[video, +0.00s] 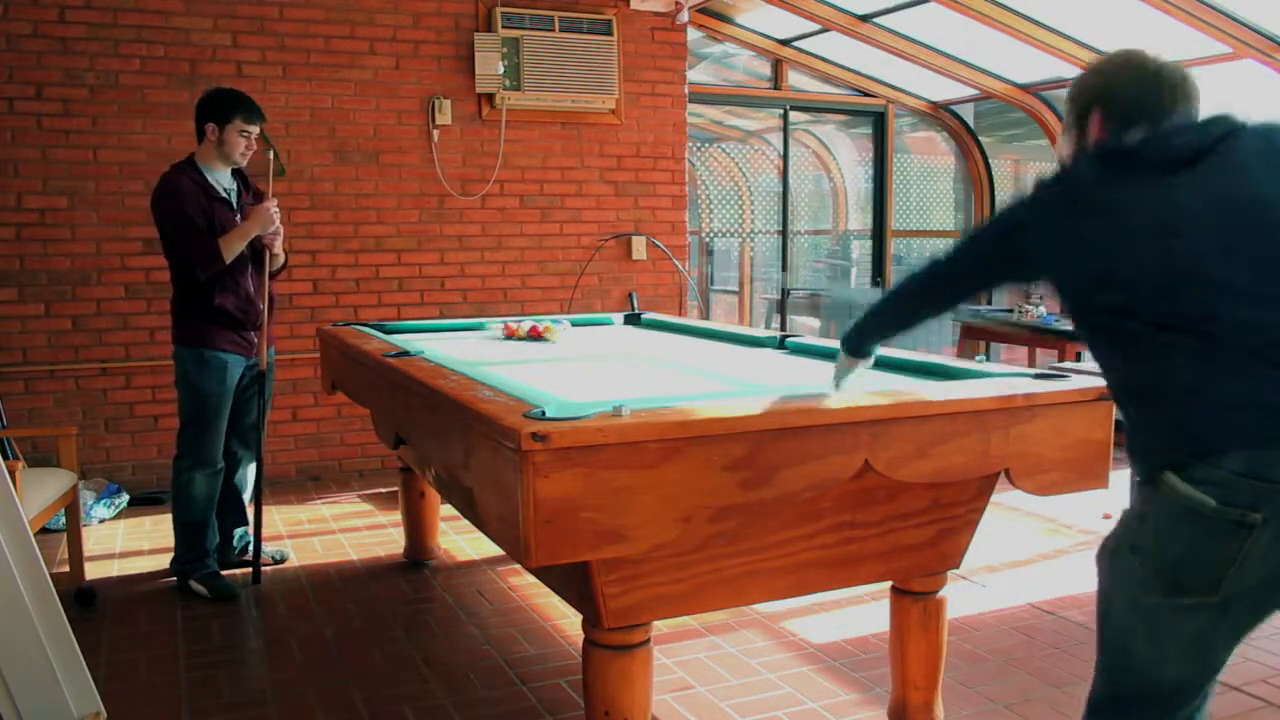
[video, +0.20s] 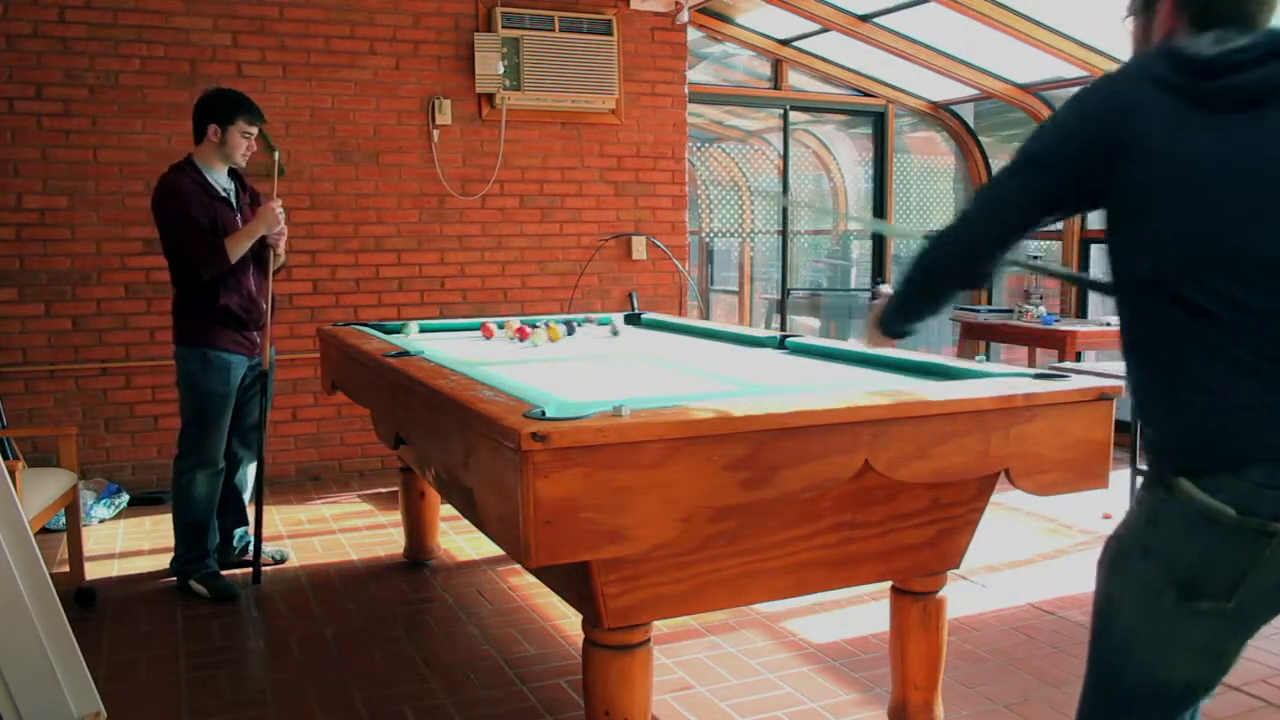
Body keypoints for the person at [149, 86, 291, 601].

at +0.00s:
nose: (252, 143)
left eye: (255, 135)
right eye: (244, 133)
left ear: (252, 139)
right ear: (211, 131)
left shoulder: (244, 189)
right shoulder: (176, 187)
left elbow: (268, 268)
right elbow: (198, 263)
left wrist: (274, 248)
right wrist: (251, 226)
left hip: (251, 340)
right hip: (207, 342)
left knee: (241, 452)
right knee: (203, 456)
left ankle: (230, 544)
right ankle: (192, 564)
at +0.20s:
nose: (252, 145)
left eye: (255, 136)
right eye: (245, 134)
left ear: (230, 138)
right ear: (213, 132)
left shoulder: (242, 192)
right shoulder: (176, 187)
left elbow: (259, 270)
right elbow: (202, 264)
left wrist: (276, 248)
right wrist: (257, 227)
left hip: (250, 342)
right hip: (208, 343)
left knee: (241, 453)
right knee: (203, 457)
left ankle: (230, 545)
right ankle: (192, 565)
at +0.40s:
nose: (252, 145)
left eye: (254, 135)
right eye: (245, 134)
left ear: (227, 137)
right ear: (213, 132)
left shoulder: (242, 193)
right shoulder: (177, 186)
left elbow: (255, 268)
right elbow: (201, 266)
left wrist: (276, 248)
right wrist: (259, 228)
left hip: (249, 342)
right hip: (208, 343)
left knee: (240, 453)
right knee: (203, 457)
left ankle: (230, 545)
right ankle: (192, 564)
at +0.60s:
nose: (252, 144)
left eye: (254, 134)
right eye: (244, 133)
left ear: (226, 136)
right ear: (211, 131)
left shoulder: (241, 192)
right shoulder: (176, 185)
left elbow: (254, 268)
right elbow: (201, 266)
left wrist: (275, 248)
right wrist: (258, 228)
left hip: (248, 342)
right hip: (206, 343)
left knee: (240, 453)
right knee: (203, 457)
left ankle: (230, 545)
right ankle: (192, 564)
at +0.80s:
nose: (249, 143)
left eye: (252, 134)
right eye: (240, 132)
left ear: (242, 137)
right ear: (207, 130)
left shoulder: (242, 193)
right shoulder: (175, 185)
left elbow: (253, 271)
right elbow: (199, 267)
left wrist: (273, 248)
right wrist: (254, 229)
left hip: (247, 342)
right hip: (205, 343)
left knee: (239, 453)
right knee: (202, 457)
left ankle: (230, 545)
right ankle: (192, 564)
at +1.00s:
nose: (245, 143)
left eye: (249, 134)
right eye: (236, 132)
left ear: (249, 138)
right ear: (204, 130)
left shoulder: (241, 192)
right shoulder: (173, 185)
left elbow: (257, 269)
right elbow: (198, 265)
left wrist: (272, 247)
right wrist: (252, 228)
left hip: (245, 342)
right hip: (203, 343)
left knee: (238, 453)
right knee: (201, 457)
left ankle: (230, 545)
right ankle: (192, 564)